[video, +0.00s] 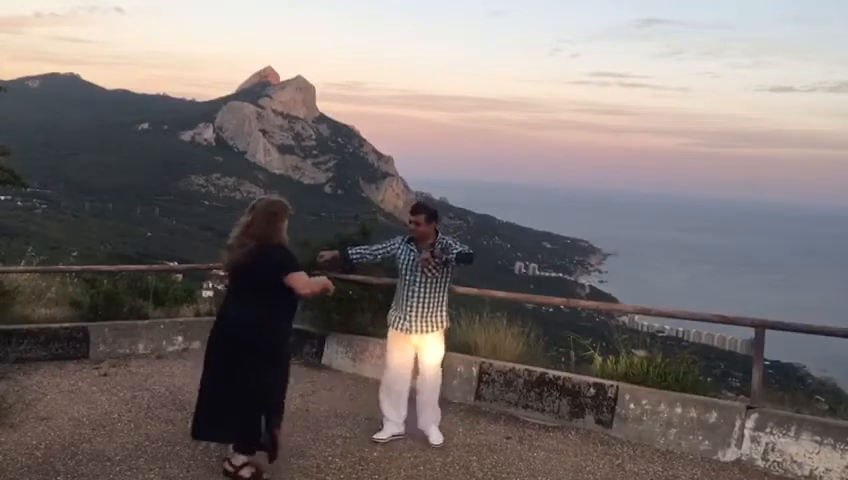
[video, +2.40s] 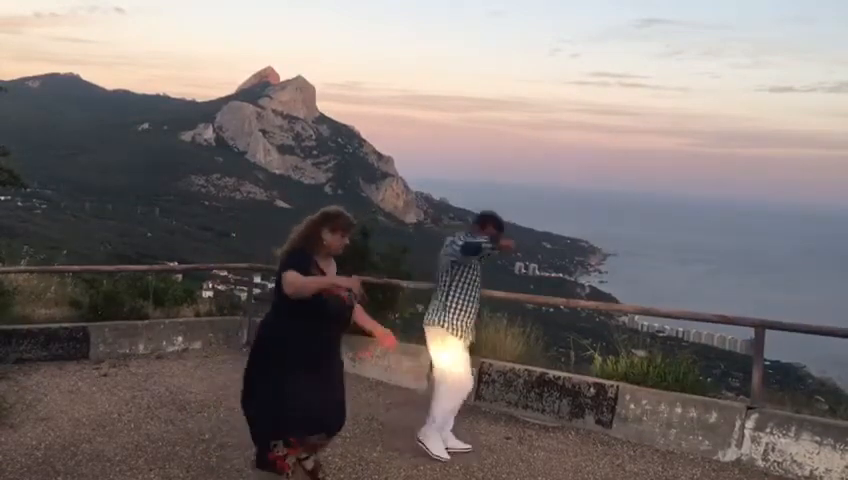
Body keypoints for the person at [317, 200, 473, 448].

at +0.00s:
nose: (412, 228)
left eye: (417, 224)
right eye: (411, 223)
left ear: (433, 225)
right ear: (410, 223)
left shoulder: (446, 245)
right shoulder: (402, 244)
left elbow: (468, 257)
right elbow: (372, 252)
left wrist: (441, 257)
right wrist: (340, 255)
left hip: (432, 327)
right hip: (401, 324)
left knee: (430, 379)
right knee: (395, 376)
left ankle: (430, 425)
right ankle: (393, 424)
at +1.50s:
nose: (434, 255)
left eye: (439, 252)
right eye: (431, 250)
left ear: (451, 247)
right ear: (426, 241)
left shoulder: (462, 256)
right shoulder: (414, 248)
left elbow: (484, 277)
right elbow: (381, 250)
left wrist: (454, 279)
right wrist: (346, 247)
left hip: (441, 331)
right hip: (409, 327)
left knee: (433, 384)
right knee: (402, 380)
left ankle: (424, 431)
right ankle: (399, 429)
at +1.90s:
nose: (459, 256)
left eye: (464, 253)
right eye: (456, 251)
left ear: (470, 251)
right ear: (447, 241)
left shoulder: (469, 260)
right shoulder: (429, 248)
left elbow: (488, 279)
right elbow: (401, 253)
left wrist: (475, 292)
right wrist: (377, 255)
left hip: (440, 330)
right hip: (411, 328)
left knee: (447, 378)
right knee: (413, 382)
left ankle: (425, 427)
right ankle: (409, 437)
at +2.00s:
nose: (465, 257)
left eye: (470, 254)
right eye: (462, 251)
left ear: (475, 252)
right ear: (454, 242)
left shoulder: (473, 264)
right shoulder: (436, 248)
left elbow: (483, 285)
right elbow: (412, 255)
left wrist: (472, 303)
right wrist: (398, 258)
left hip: (442, 332)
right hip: (413, 329)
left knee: (455, 380)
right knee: (415, 384)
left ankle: (429, 422)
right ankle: (410, 437)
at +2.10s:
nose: (473, 256)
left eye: (478, 253)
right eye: (471, 249)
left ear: (482, 251)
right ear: (461, 241)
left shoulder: (475, 268)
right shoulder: (446, 246)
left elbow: (473, 301)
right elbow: (420, 252)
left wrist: (468, 314)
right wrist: (429, 256)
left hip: (445, 334)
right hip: (418, 328)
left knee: (451, 383)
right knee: (419, 383)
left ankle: (442, 437)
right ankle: (410, 440)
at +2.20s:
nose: (484, 253)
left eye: (487, 250)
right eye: (483, 247)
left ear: (484, 247)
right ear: (474, 238)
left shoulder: (473, 263)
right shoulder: (449, 245)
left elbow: (472, 293)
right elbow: (432, 251)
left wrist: (470, 310)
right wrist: (462, 251)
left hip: (451, 332)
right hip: (427, 327)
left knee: (452, 383)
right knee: (433, 380)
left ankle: (442, 437)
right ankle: (413, 433)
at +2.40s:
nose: (491, 240)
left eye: (493, 236)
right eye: (490, 234)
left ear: (487, 234)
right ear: (481, 227)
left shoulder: (474, 254)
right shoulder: (455, 241)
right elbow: (468, 247)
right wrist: (494, 245)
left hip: (456, 329)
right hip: (443, 326)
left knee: (456, 381)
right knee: (459, 381)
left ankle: (444, 433)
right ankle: (430, 432)